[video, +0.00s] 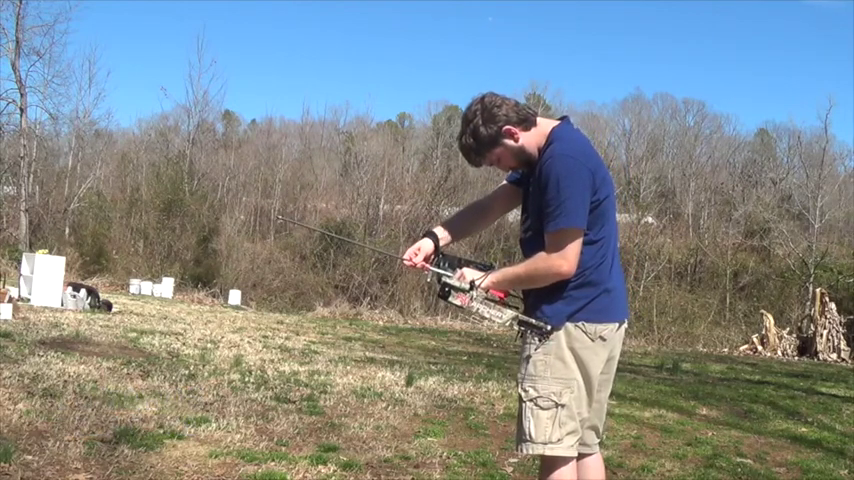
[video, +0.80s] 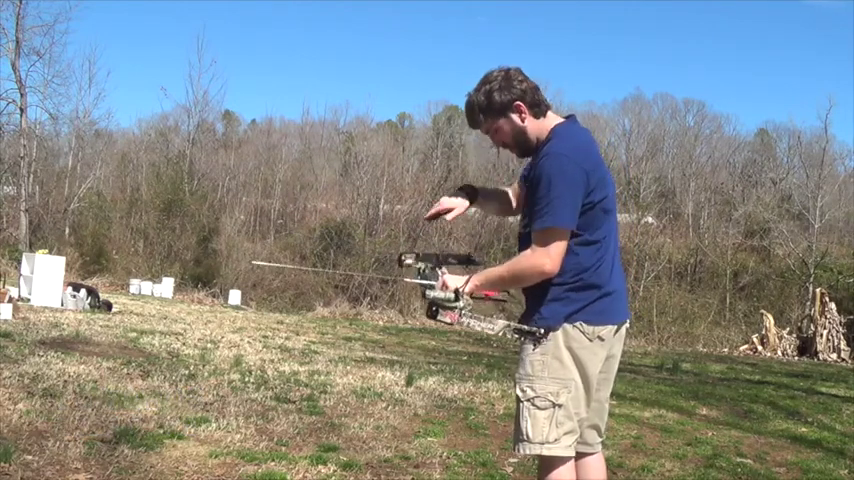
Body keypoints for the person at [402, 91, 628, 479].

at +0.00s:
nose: (499, 167)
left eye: (495, 160)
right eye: (492, 164)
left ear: (511, 133)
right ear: (513, 129)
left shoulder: (563, 159)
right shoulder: (551, 150)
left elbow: (562, 262)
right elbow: (493, 205)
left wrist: (489, 280)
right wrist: (436, 238)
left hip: (571, 319)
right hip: (589, 315)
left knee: (557, 449)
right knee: (584, 445)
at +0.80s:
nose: (495, 143)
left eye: (494, 131)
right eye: (489, 136)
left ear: (520, 110)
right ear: (524, 110)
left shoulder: (558, 156)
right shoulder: (568, 142)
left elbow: (545, 260)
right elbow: (514, 201)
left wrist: (473, 282)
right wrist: (469, 196)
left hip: (567, 320)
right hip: (600, 316)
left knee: (554, 451)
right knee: (587, 444)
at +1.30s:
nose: (497, 145)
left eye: (492, 132)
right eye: (490, 137)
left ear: (510, 109)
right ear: (527, 106)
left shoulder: (532, 151)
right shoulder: (598, 141)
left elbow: (520, 254)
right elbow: (594, 236)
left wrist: (472, 311)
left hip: (566, 316)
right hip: (618, 313)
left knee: (555, 451)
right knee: (597, 447)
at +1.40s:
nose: (500, 148)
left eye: (494, 136)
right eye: (492, 141)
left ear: (509, 111)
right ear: (540, 107)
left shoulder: (531, 151)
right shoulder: (600, 142)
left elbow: (521, 253)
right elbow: (591, 243)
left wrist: (476, 313)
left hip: (567, 316)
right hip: (620, 313)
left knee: (557, 452)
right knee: (600, 449)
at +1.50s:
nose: (502, 149)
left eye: (497, 139)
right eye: (495, 143)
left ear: (508, 113)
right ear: (544, 109)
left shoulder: (530, 150)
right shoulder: (602, 143)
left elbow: (522, 252)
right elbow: (590, 245)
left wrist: (479, 315)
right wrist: (537, 330)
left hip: (567, 315)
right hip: (622, 311)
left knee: (557, 452)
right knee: (601, 450)